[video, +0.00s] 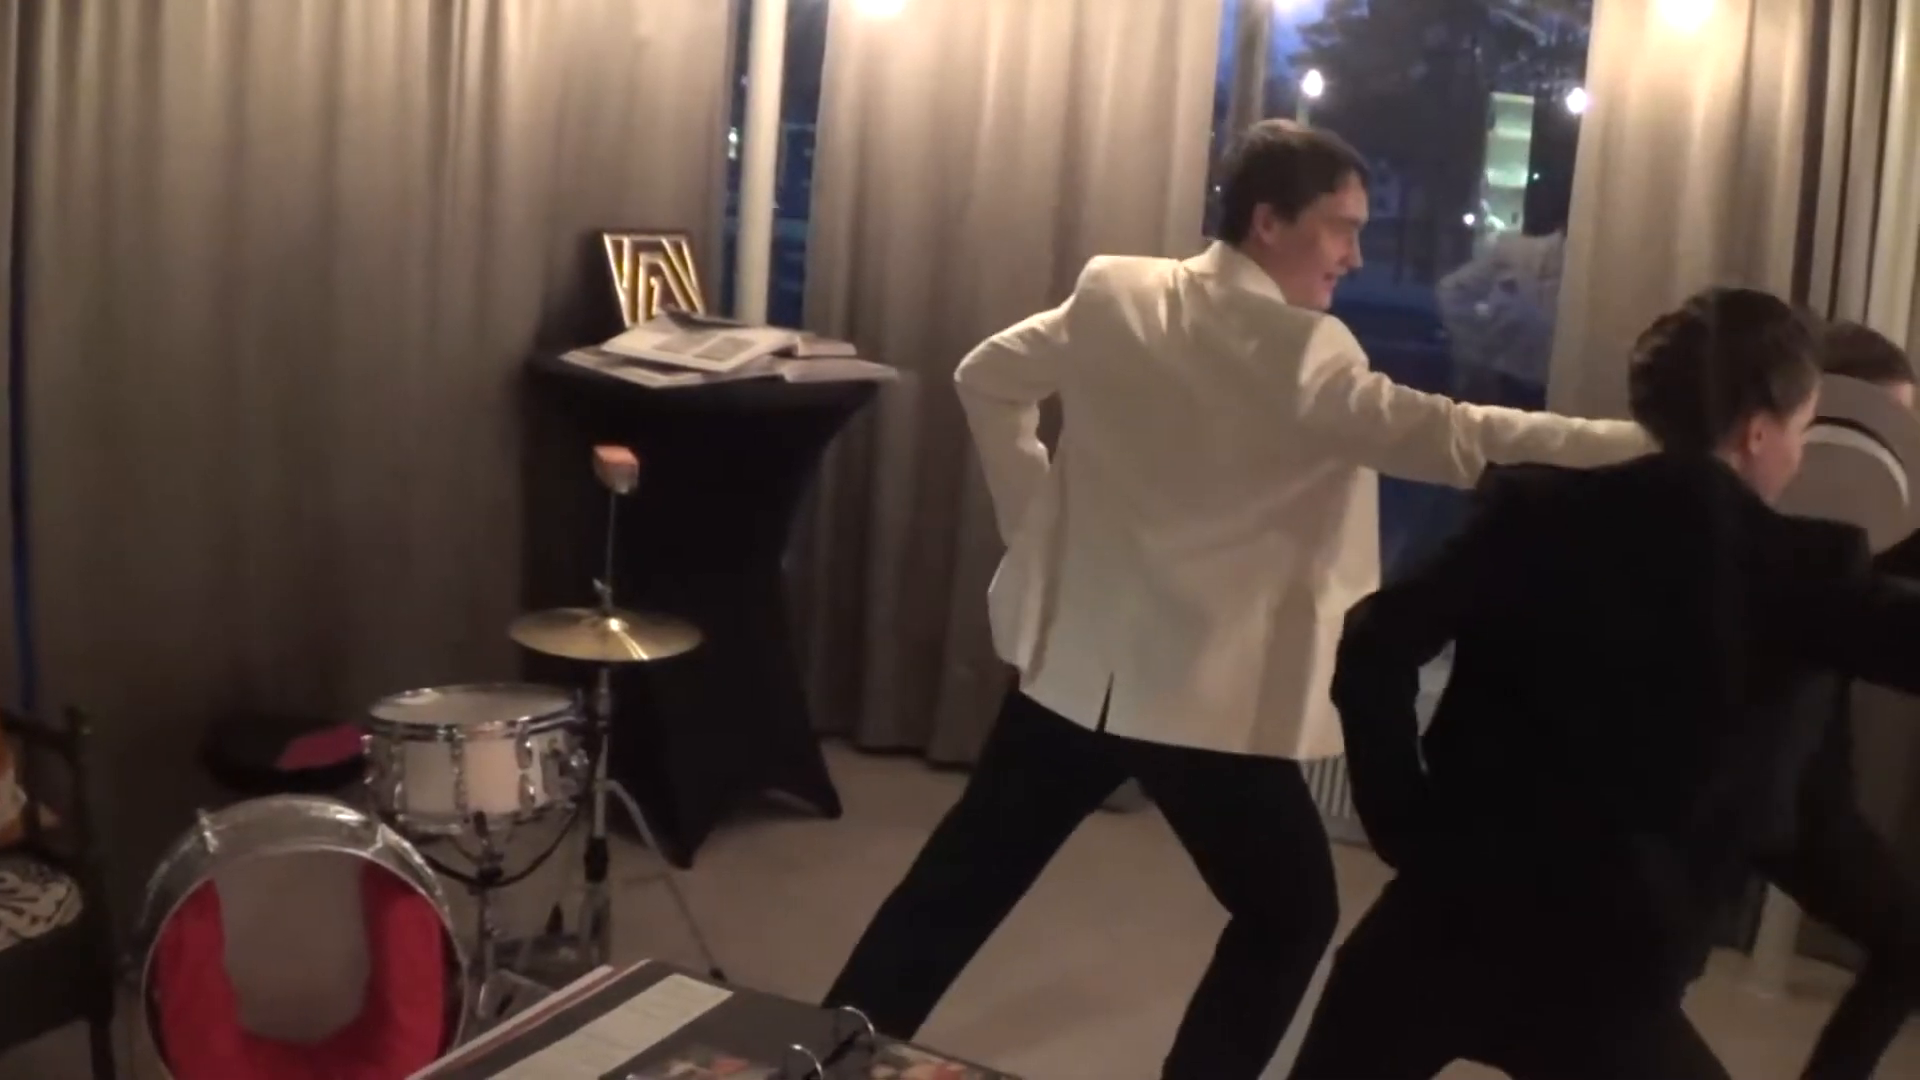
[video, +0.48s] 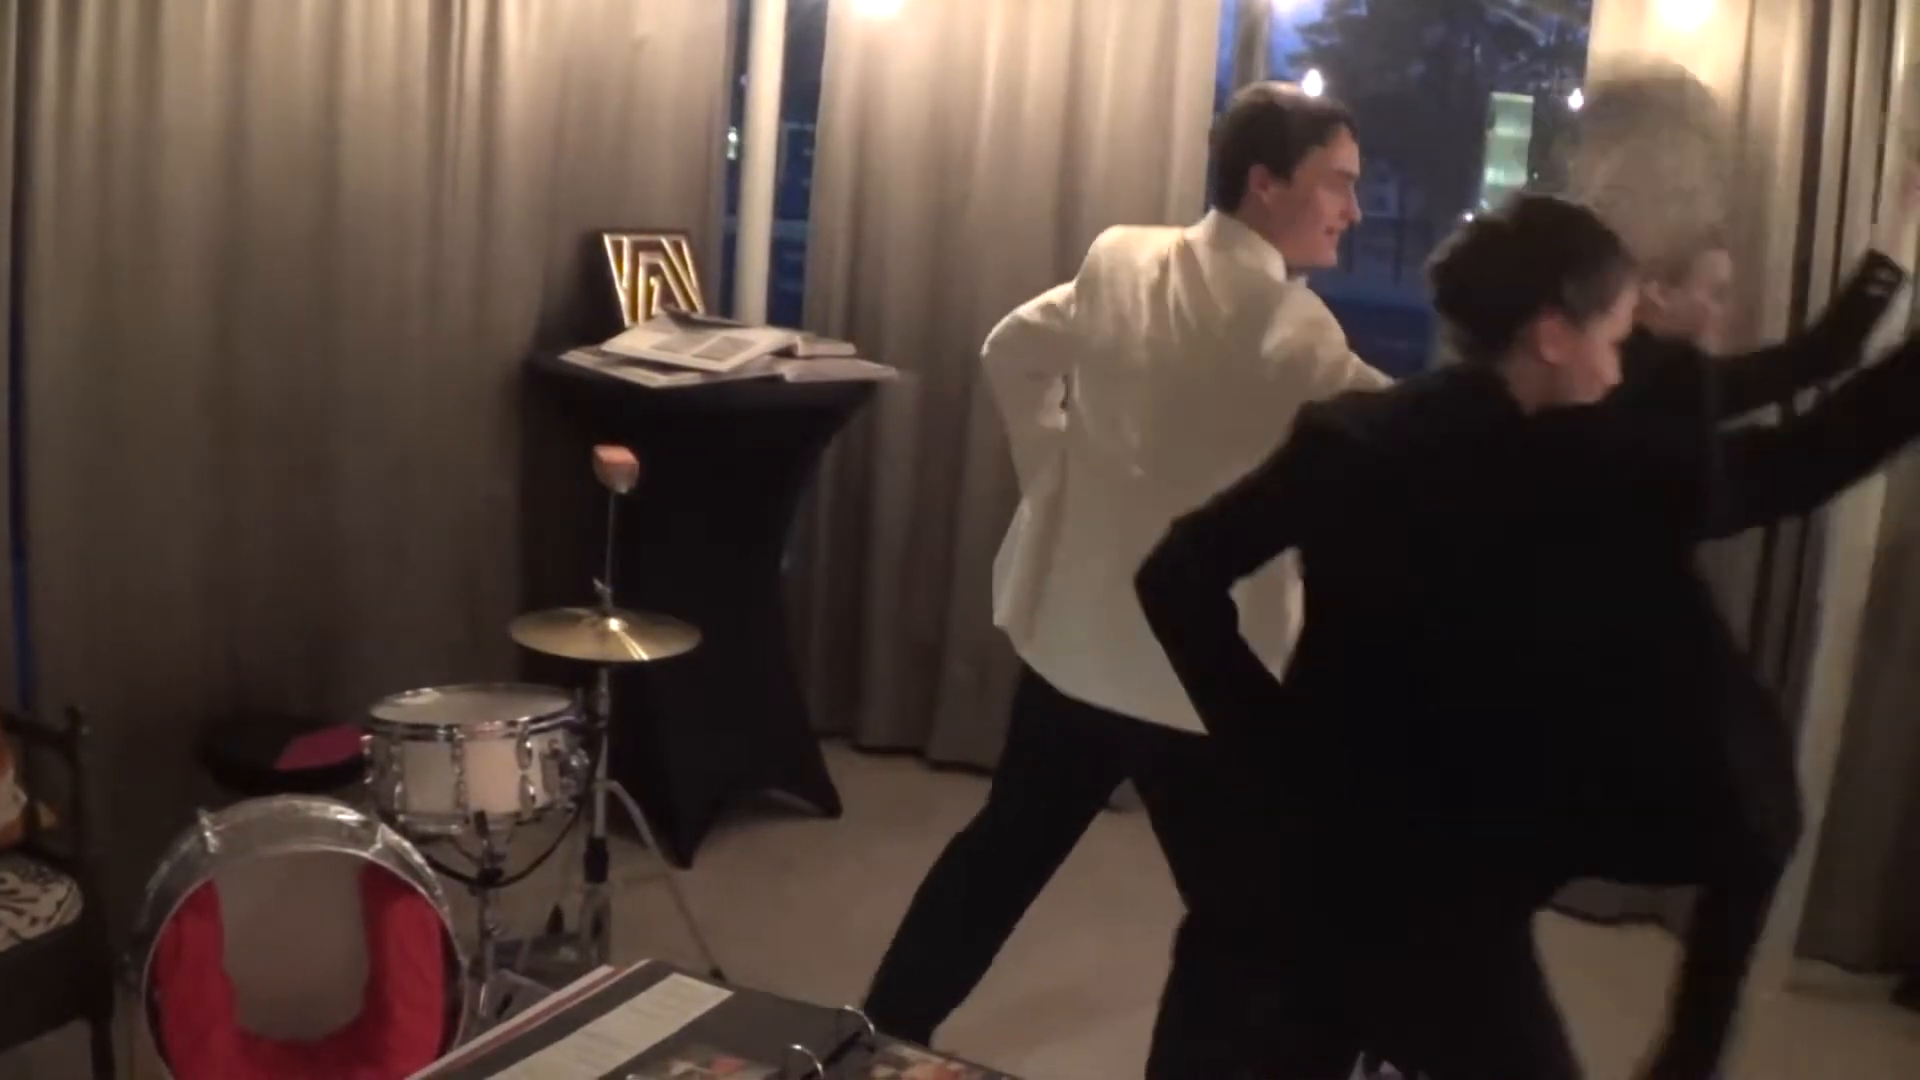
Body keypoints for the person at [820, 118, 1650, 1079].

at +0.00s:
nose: (1351, 257)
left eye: (1357, 233)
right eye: (1339, 231)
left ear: (1259, 228)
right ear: (1267, 222)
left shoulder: (1112, 298)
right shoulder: (1311, 364)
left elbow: (987, 377)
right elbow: (1471, 439)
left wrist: (1037, 529)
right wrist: (1662, 439)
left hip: (1070, 673)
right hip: (1205, 703)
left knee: (959, 880)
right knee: (1290, 910)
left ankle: (831, 1057)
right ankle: (1202, 1078)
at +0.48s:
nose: (1354, 211)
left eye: (1355, 186)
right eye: (1339, 184)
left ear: (1250, 186)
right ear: (1265, 184)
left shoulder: (1122, 264)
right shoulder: (1303, 341)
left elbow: (1011, 352)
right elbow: (1402, 448)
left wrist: (1050, 479)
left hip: (1068, 645)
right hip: (1195, 683)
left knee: (1005, 846)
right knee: (1238, 914)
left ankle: (877, 1043)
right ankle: (1186, 1078)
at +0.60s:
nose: (1331, 178)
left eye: (1331, 154)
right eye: (1314, 153)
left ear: (1228, 157)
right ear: (1239, 154)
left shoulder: (1128, 235)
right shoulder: (1252, 284)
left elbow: (1036, 326)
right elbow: (1399, 347)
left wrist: (1082, 442)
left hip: (1060, 599)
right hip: (1150, 631)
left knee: (1048, 848)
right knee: (1177, 897)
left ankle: (977, 1057)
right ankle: (1167, 1072)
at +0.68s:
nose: (1301, 173)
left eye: (1305, 151)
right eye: (1285, 147)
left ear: (1209, 150)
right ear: (1212, 147)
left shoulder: (1123, 237)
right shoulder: (1204, 254)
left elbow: (1050, 338)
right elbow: (1370, 305)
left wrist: (1088, 450)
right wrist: (1387, 144)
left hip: (1075, 601)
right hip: (1129, 621)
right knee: (1050, 862)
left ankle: (977, 1055)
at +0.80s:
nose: (1257, 171)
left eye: (1261, 150)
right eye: (1238, 147)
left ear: (1175, 151)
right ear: (1164, 150)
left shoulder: (1167, 244)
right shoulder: (1137, 246)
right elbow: (1289, 293)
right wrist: (1310, 170)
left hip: (1130, 609)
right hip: (1101, 617)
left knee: (1181, 857)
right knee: (1040, 866)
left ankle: (1114, 1032)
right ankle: (972, 1057)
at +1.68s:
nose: (1132, 153)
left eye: (1136, 133)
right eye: (1112, 132)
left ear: (1063, 140)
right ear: (1044, 133)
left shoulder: (1066, 232)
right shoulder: (1040, 251)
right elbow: (1173, 340)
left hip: (1048, 604)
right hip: (1042, 620)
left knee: (1037, 866)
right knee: (1043, 876)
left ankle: (984, 1051)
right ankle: (981, 1054)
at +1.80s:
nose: (1126, 154)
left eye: (1132, 133)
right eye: (1106, 132)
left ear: (1117, 139)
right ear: (1042, 134)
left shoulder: (1083, 251)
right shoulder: (1015, 264)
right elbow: (1108, 403)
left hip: (1075, 608)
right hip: (1035, 624)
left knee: (1056, 878)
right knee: (1034, 878)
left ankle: (988, 1050)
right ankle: (977, 1054)